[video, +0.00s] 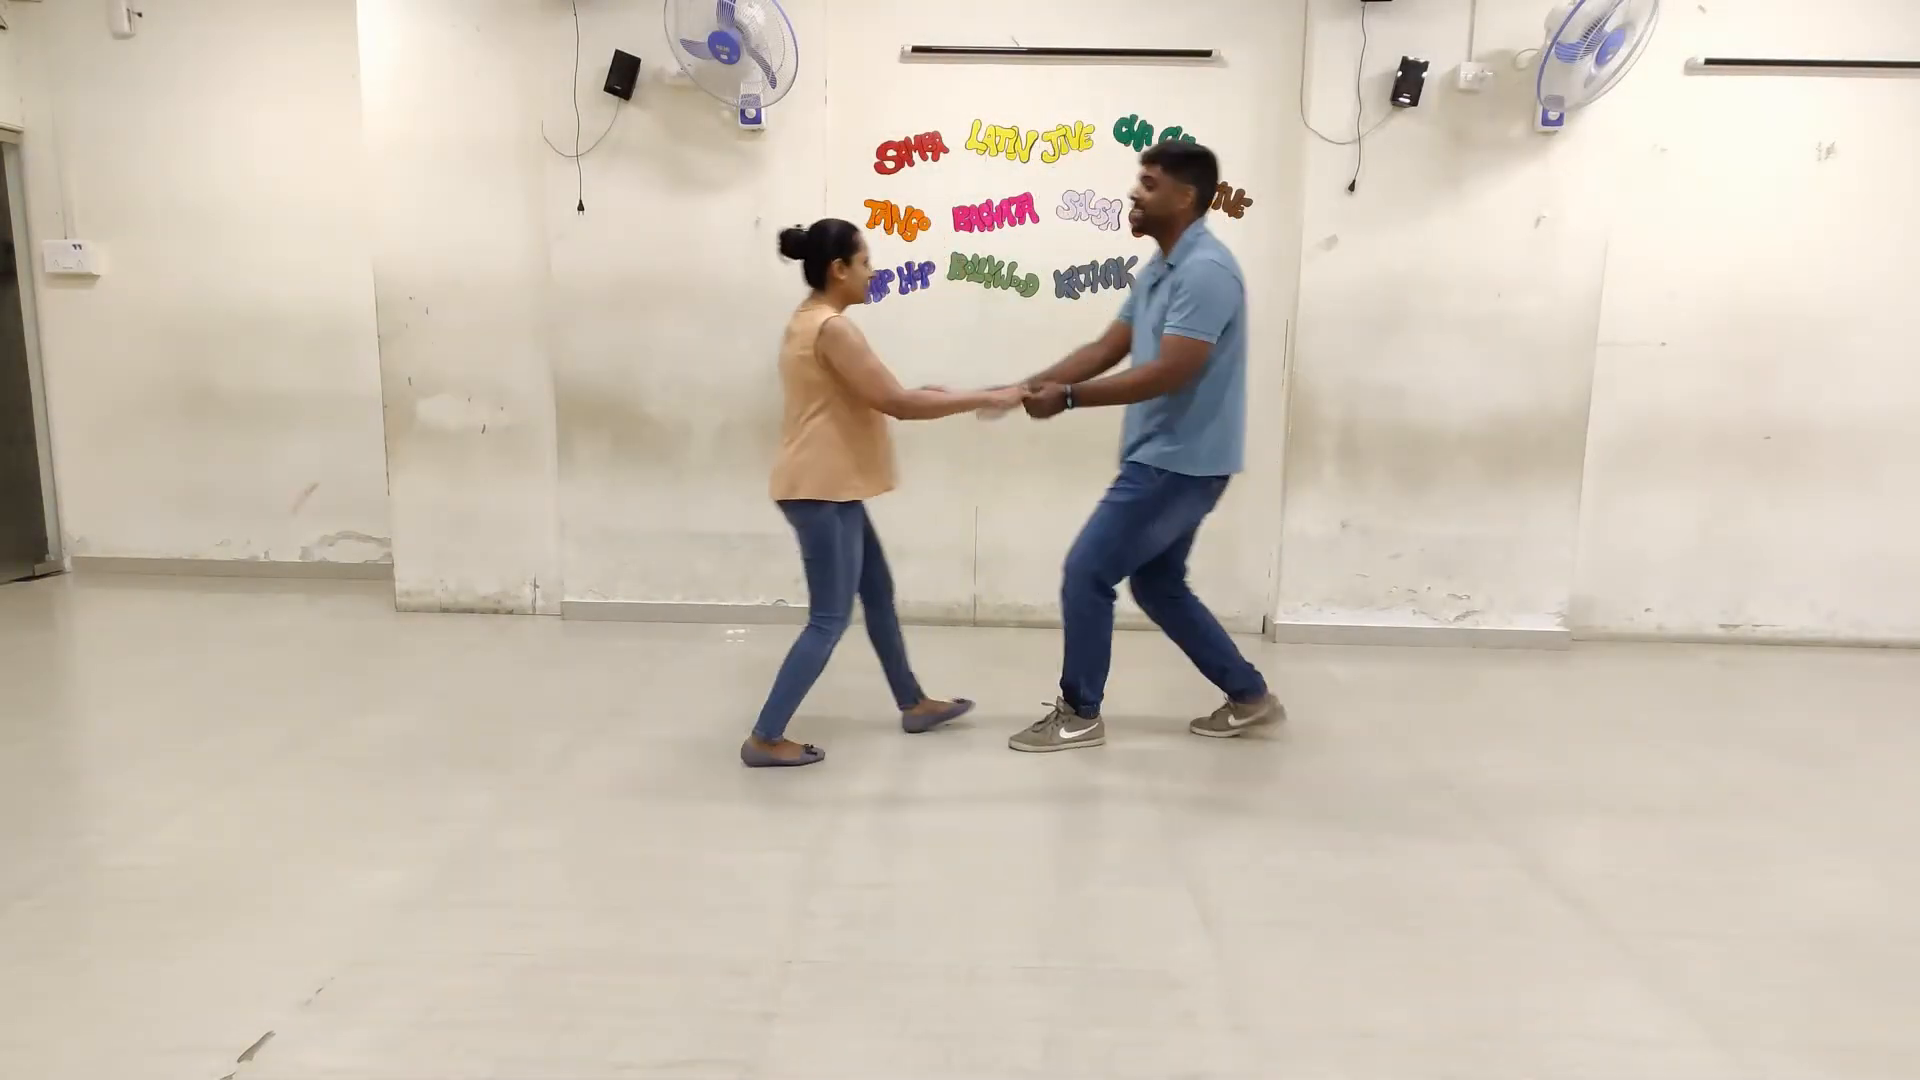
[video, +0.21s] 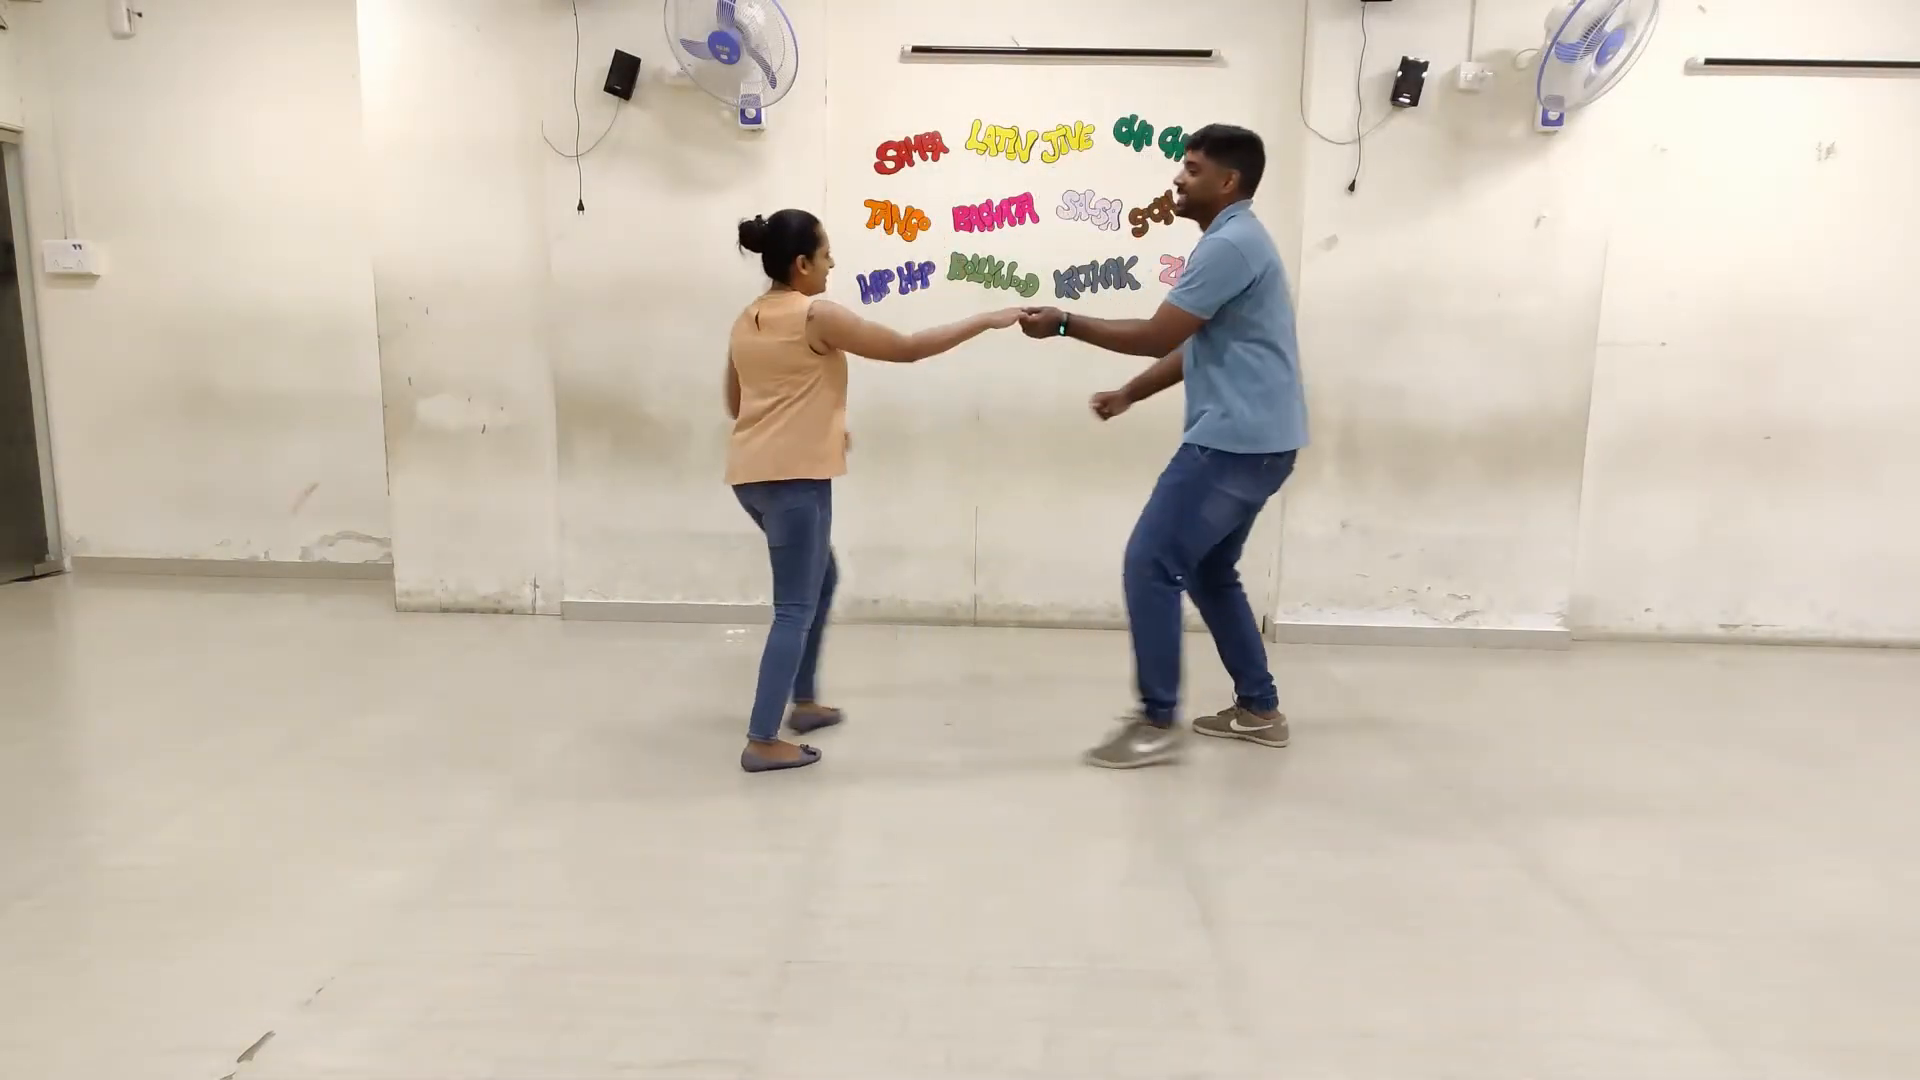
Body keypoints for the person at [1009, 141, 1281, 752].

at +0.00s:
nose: (1135, 192)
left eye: (1151, 184)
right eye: (1140, 180)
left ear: (1191, 200)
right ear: (1156, 190)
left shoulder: (1207, 269)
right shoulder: (1157, 268)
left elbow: (1176, 371)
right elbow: (1108, 349)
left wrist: (1071, 394)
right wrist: (1030, 387)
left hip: (1183, 460)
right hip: (1166, 456)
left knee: (1087, 570)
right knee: (1157, 587)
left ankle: (1079, 712)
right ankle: (1251, 697)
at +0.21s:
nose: (1178, 176)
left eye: (1192, 168)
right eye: (1182, 165)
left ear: (1229, 180)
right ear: (1225, 182)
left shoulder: (1232, 240)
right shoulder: (1242, 240)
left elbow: (1160, 334)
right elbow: (1202, 348)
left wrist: (1063, 323)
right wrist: (1130, 392)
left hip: (1232, 438)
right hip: (1262, 438)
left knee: (1149, 560)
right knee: (1209, 571)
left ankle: (1157, 721)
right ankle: (1259, 708)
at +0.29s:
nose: (1185, 172)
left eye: (1199, 163)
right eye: (1189, 161)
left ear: (1236, 177)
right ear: (1236, 179)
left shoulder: (1233, 237)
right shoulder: (1255, 236)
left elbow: (1163, 333)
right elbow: (1216, 343)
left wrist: (1069, 323)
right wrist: (1147, 389)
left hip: (1242, 435)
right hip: (1278, 435)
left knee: (1161, 559)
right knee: (1222, 568)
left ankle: (1184, 721)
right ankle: (1261, 708)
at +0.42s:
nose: (1188, 172)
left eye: (1203, 162)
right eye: (1192, 160)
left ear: (1241, 173)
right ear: (1238, 175)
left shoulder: (1242, 233)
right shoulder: (1252, 231)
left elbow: (1175, 332)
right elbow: (1225, 340)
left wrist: (1085, 320)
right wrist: (1154, 382)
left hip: (1256, 428)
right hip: (1280, 428)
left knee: (1168, 548)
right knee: (1226, 566)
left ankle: (1167, 712)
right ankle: (1267, 709)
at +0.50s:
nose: (1184, 179)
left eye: (1199, 169)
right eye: (1188, 168)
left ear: (1239, 182)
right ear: (1226, 183)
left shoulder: (1245, 243)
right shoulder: (1225, 245)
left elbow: (1187, 340)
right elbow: (1199, 346)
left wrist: (1096, 323)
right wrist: (1139, 393)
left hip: (1259, 435)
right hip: (1248, 433)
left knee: (1162, 557)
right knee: (1213, 575)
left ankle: (1132, 712)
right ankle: (1281, 703)